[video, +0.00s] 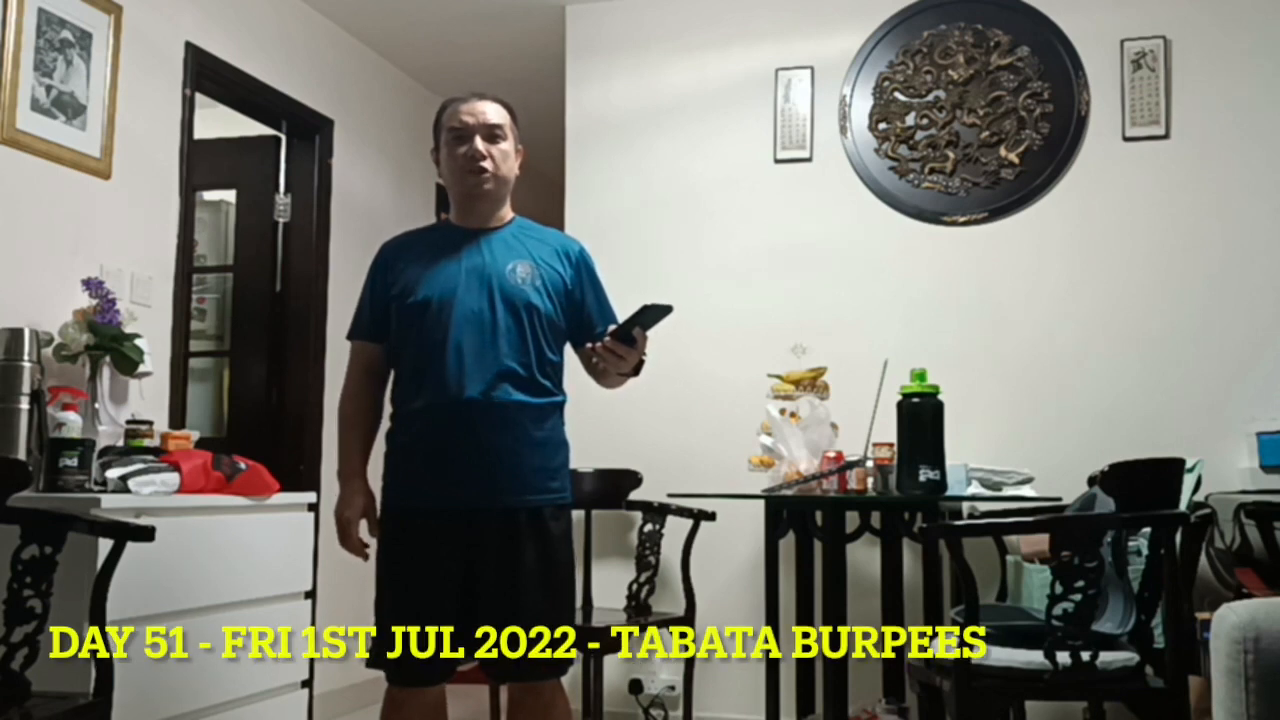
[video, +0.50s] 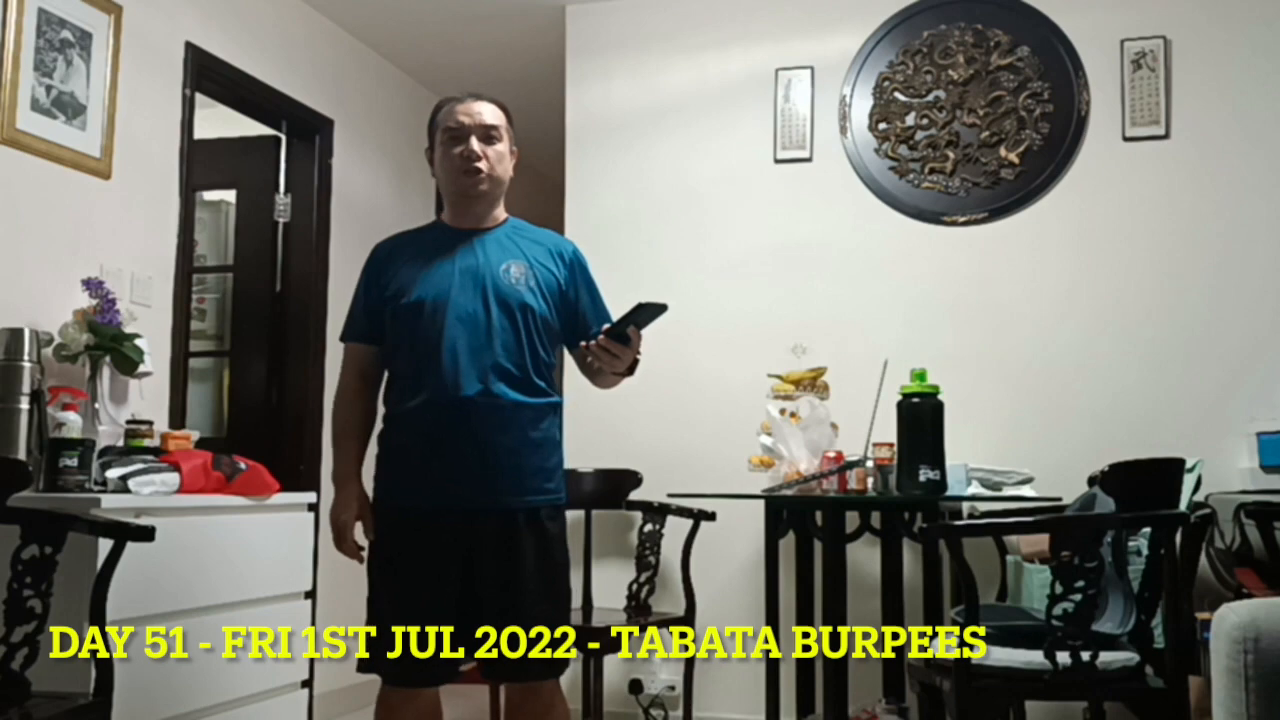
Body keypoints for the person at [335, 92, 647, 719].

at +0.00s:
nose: (477, 146)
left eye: (493, 135)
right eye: (460, 137)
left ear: (519, 159)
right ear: (438, 161)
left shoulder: (562, 254)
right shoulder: (400, 257)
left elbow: (602, 362)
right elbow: (365, 376)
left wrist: (622, 362)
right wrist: (352, 477)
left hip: (529, 497)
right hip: (422, 496)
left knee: (536, 680)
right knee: (413, 680)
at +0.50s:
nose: (472, 147)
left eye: (488, 136)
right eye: (455, 137)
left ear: (513, 160)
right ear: (432, 159)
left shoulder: (557, 255)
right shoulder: (392, 258)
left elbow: (600, 364)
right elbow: (358, 380)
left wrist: (617, 363)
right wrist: (346, 483)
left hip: (523, 501)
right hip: (415, 500)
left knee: (533, 683)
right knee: (407, 685)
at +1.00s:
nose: (543, 185)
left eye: (559, 167)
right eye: (523, 163)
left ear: (571, 171)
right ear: (481, 158)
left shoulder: (594, 274)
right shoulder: (416, 256)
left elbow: (638, 390)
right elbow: (362, 364)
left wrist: (653, 400)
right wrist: (352, 466)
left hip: (543, 521)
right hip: (428, 512)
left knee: (577, 700)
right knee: (398, 701)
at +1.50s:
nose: (764, 293)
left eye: (789, 270)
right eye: (743, 258)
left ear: (801, 265)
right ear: (691, 229)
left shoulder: (782, 387)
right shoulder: (589, 269)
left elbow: (827, 524)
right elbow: (499, 358)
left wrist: (834, 619)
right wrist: (486, 488)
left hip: (669, 544)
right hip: (546, 522)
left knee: (681, 708)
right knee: (482, 701)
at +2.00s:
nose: (711, 304)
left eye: (740, 282)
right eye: (691, 271)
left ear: (757, 278)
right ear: (648, 248)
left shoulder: (748, 395)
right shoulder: (562, 291)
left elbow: (792, 543)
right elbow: (482, 374)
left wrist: (829, 671)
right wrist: (458, 501)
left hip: (651, 560)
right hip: (530, 541)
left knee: (667, 711)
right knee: (476, 707)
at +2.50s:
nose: (491, 157)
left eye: (511, 141)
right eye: (473, 141)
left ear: (540, 156)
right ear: (451, 155)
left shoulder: (580, 262)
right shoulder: (407, 257)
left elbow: (617, 388)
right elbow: (366, 378)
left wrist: (622, 500)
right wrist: (354, 487)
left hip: (553, 511)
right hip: (446, 512)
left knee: (568, 685)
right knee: (461, 684)